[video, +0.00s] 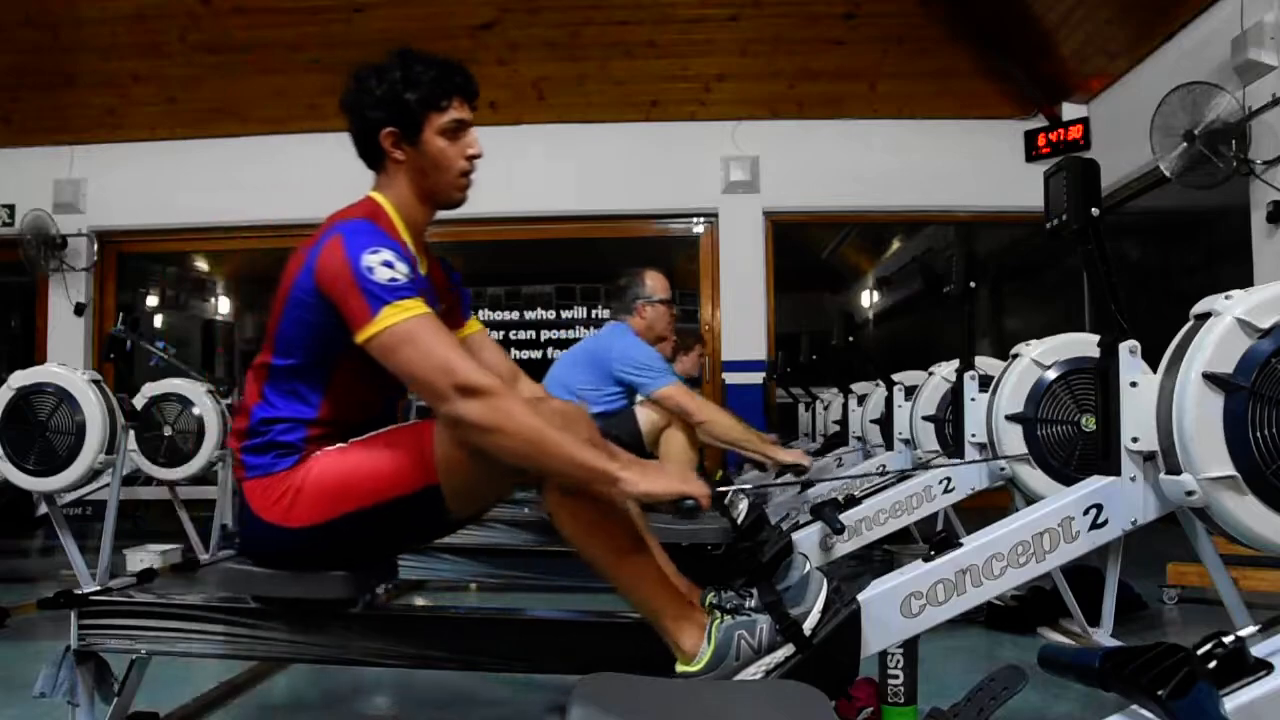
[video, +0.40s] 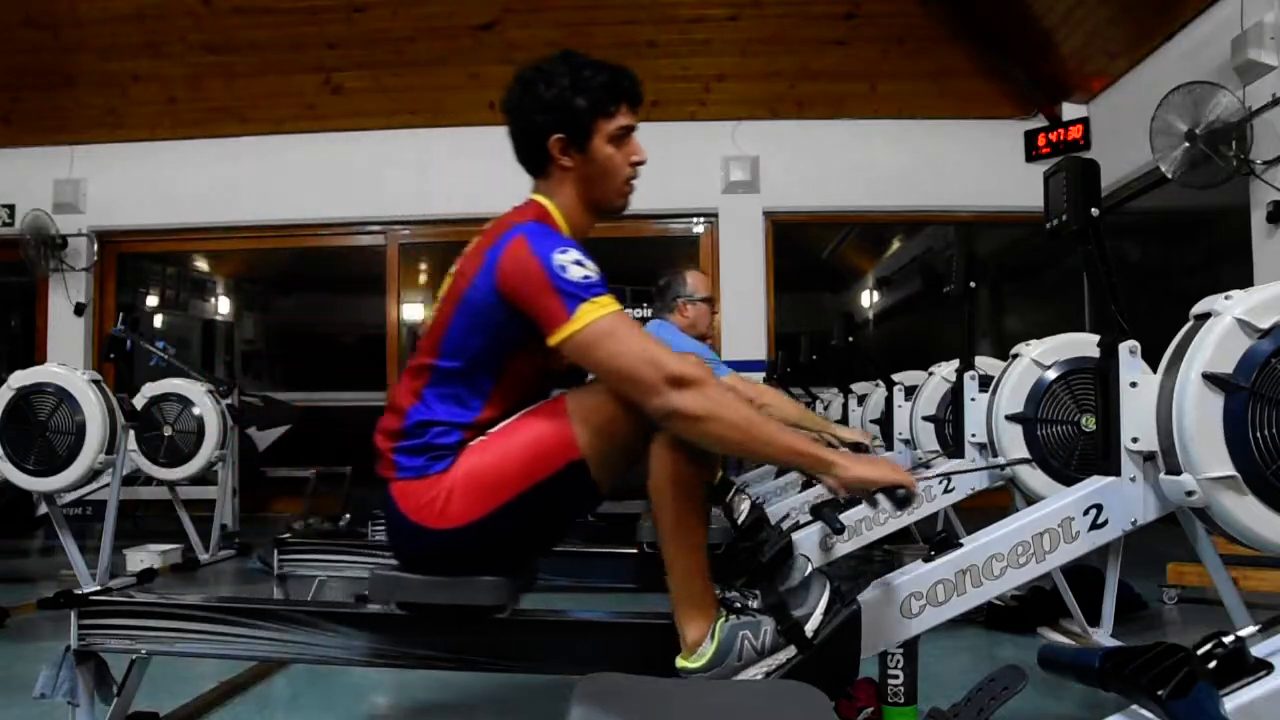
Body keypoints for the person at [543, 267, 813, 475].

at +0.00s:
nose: (674, 312)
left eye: (672, 303)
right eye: (667, 303)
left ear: (640, 311)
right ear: (641, 310)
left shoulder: (617, 341)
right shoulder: (623, 345)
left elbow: (689, 416)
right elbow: (694, 411)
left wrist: (756, 445)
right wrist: (772, 453)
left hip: (568, 433)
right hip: (570, 440)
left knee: (678, 409)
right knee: (676, 411)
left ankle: (676, 502)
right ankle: (681, 505)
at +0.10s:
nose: (693, 312)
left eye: (691, 305)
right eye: (686, 305)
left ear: (659, 312)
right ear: (661, 311)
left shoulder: (637, 340)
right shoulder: (644, 344)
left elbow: (709, 416)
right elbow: (716, 407)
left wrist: (772, 444)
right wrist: (795, 450)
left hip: (586, 432)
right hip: (589, 438)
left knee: (695, 409)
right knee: (691, 410)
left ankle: (697, 500)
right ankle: (687, 502)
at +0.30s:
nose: (716, 313)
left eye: (715, 305)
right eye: (710, 306)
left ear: (682, 312)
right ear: (683, 311)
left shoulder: (664, 340)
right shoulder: (672, 344)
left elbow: (739, 413)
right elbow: (749, 403)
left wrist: (796, 439)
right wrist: (828, 439)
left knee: (713, 406)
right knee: (706, 408)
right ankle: (694, 498)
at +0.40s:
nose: (715, 311)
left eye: (713, 303)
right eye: (709, 303)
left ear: (682, 309)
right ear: (683, 309)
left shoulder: (669, 337)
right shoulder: (669, 338)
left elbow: (746, 397)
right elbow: (751, 395)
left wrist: (820, 436)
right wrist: (833, 429)